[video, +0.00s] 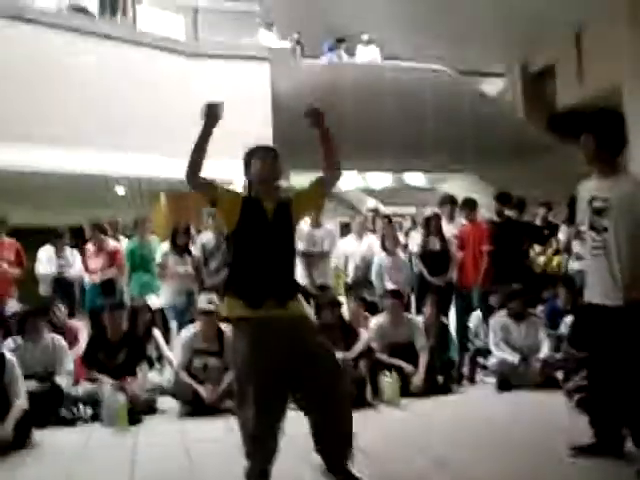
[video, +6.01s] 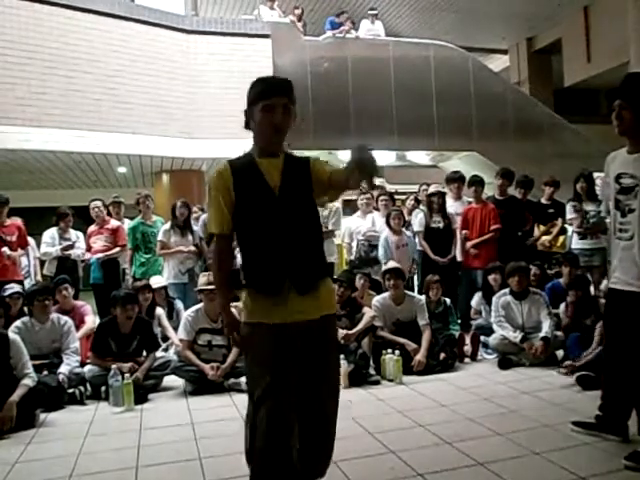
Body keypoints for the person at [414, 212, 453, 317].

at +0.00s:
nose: (436, 226)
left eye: (438, 222)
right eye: (432, 223)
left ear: (440, 224)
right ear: (427, 225)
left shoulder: (446, 241)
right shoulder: (421, 241)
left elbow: (452, 259)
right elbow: (417, 260)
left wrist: (448, 275)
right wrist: (430, 278)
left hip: (444, 281)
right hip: (427, 282)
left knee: (442, 314)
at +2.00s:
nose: (433, 200)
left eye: (435, 196)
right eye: (430, 196)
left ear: (439, 198)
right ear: (425, 198)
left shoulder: (444, 214)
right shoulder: (419, 214)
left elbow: (449, 233)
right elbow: (416, 235)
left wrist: (447, 251)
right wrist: (428, 254)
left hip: (442, 256)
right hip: (425, 256)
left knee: (442, 290)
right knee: (423, 288)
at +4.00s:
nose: (432, 198)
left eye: (435, 194)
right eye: (428, 194)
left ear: (438, 197)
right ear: (424, 196)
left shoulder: (444, 214)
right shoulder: (418, 214)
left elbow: (449, 233)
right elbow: (416, 236)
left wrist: (447, 251)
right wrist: (428, 254)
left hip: (443, 257)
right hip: (425, 257)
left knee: (444, 288)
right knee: (424, 288)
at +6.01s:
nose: (437, 200)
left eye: (440, 197)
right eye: (434, 196)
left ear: (443, 199)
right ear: (429, 199)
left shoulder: (449, 216)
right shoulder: (423, 216)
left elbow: (454, 236)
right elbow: (421, 238)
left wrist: (452, 253)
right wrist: (433, 256)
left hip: (447, 258)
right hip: (429, 258)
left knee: (448, 291)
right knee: (429, 290)